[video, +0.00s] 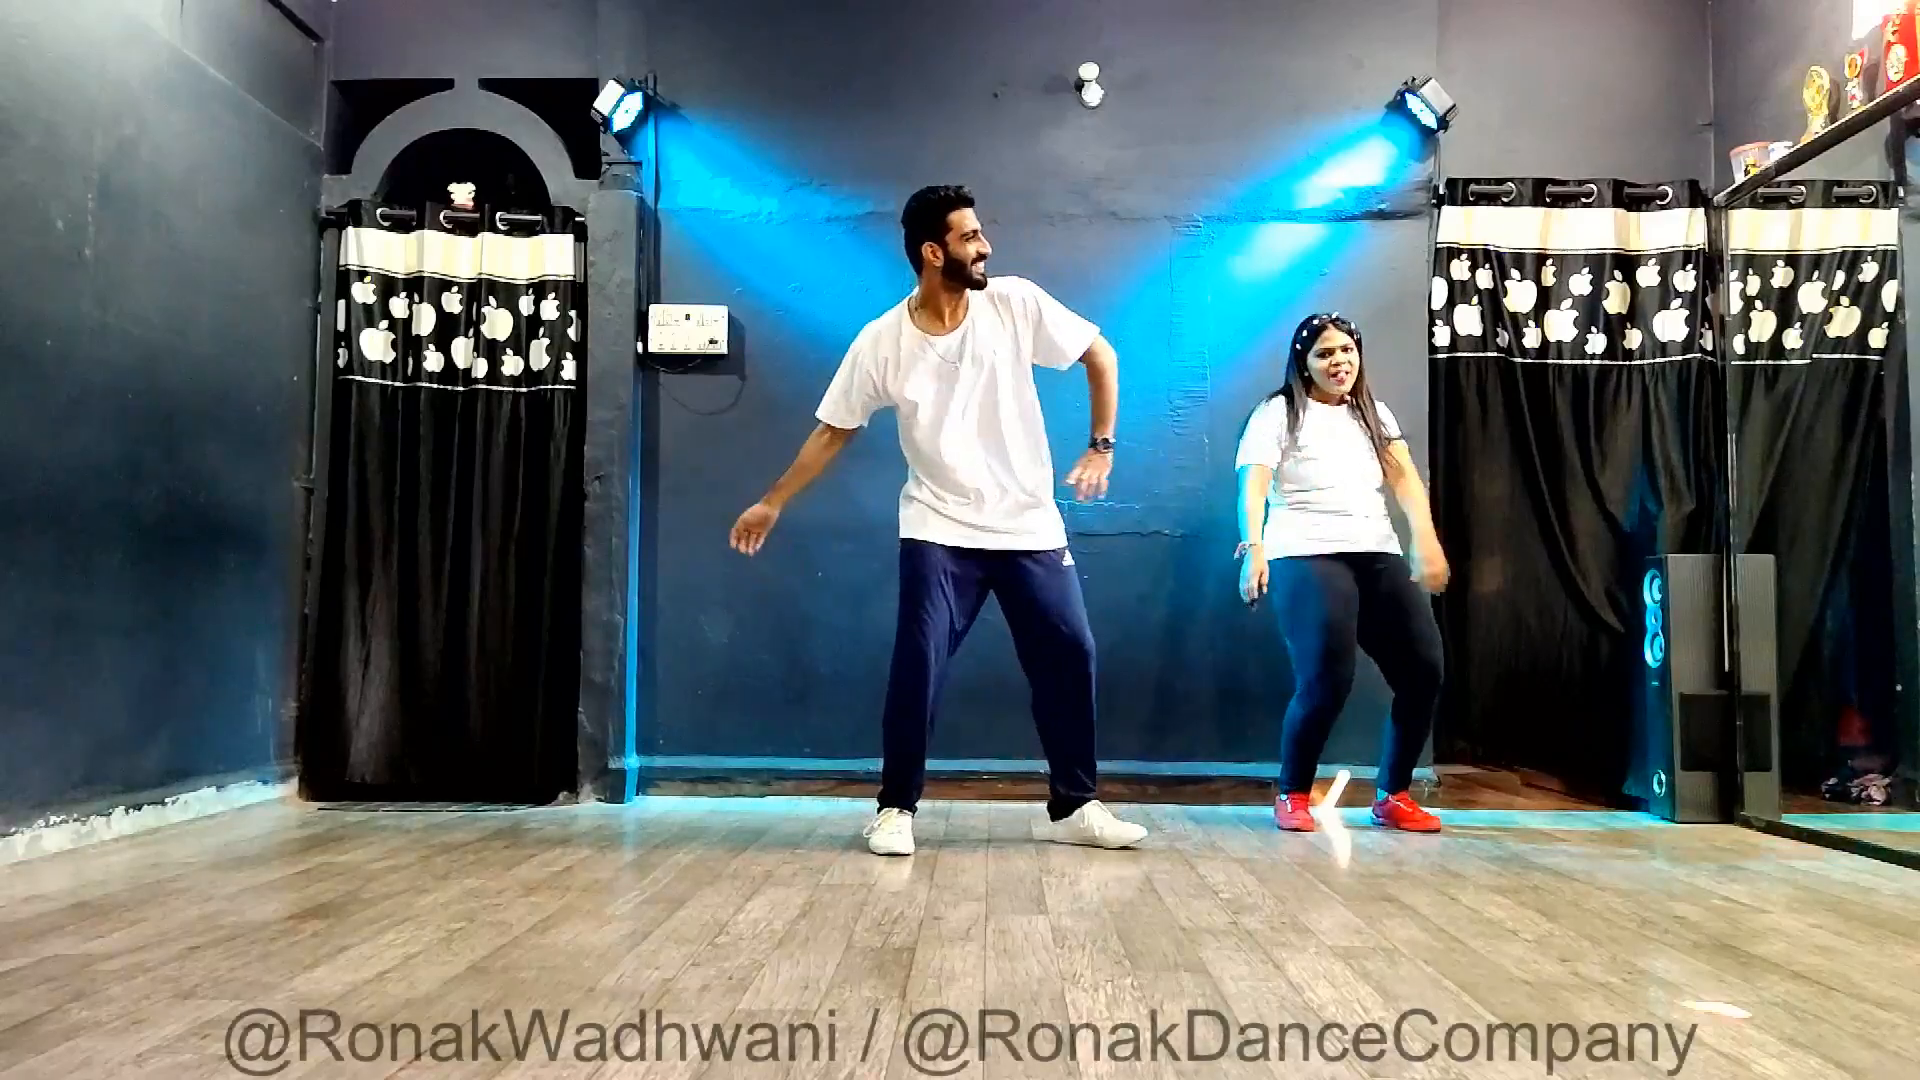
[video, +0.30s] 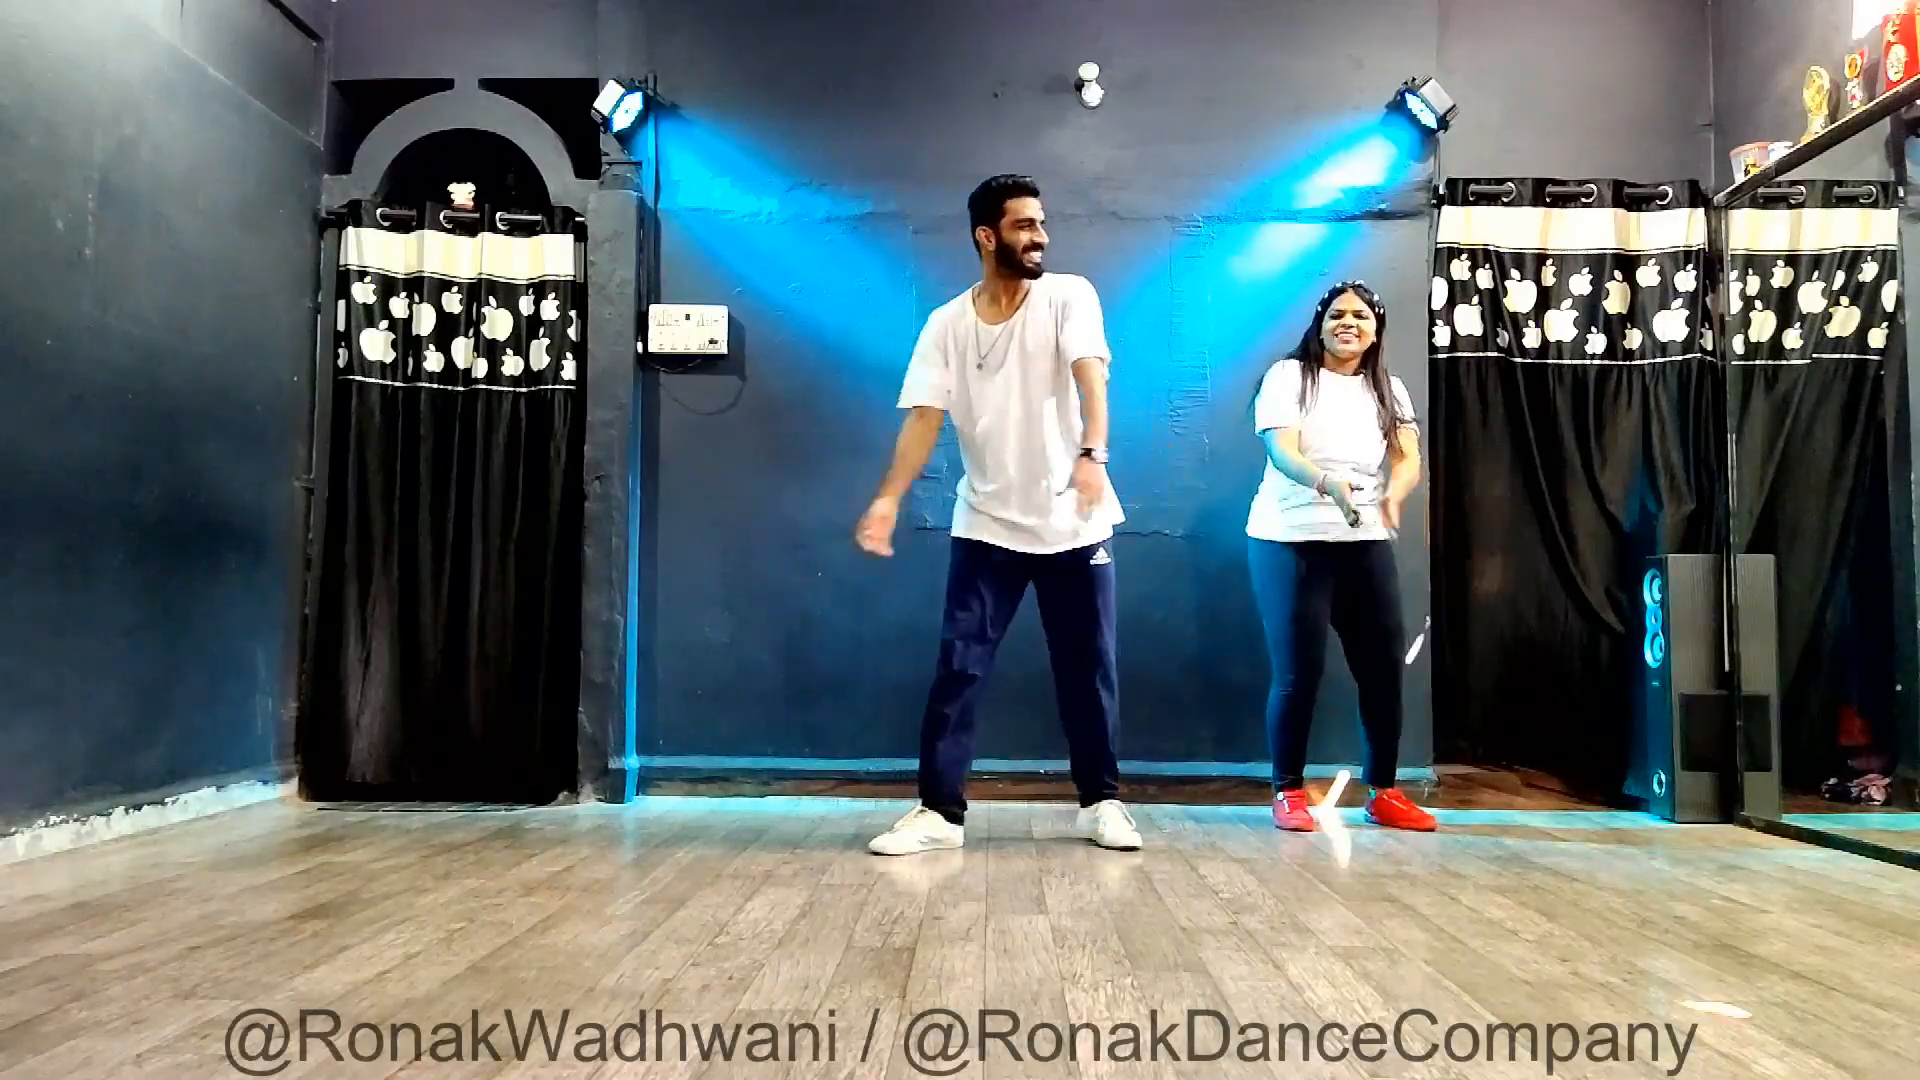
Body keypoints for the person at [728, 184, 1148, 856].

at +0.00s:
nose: (984, 244)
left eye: (981, 232)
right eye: (968, 236)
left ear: (953, 248)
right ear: (928, 254)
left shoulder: (1015, 303)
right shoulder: (881, 344)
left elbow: (1099, 354)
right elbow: (833, 430)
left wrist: (1102, 444)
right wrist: (772, 502)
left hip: (1028, 516)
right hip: (939, 520)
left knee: (1072, 645)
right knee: (920, 652)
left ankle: (1073, 804)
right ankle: (896, 808)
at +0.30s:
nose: (1038, 235)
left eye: (1041, 224)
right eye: (1024, 225)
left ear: (1041, 232)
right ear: (985, 238)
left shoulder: (1068, 295)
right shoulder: (948, 324)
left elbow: (1091, 378)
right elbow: (923, 419)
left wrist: (1092, 455)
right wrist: (888, 499)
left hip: (1073, 517)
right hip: (988, 519)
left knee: (1091, 663)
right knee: (961, 661)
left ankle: (1100, 801)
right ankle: (940, 812)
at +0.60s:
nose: (1056, 238)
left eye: (1069, 228)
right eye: (1044, 225)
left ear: (1085, 240)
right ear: (1023, 236)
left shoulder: (1108, 311)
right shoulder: (990, 321)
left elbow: (1081, 402)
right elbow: (981, 416)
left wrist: (975, 396)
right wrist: (965, 459)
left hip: (1087, 523)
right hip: (1007, 519)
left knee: (1096, 672)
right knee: (973, 650)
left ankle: (1105, 802)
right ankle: (949, 807)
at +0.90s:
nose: (992, 248)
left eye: (1005, 235)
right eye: (978, 236)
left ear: (1025, 236)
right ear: (960, 242)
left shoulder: (1052, 270)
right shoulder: (940, 323)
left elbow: (1122, 300)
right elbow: (905, 394)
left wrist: (1056, 372)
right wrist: (871, 454)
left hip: (1077, 508)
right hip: (992, 515)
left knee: (1096, 661)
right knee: (963, 649)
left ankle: (1108, 800)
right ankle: (957, 803)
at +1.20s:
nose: (970, 227)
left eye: (983, 214)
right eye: (957, 214)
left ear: (1002, 214)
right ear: (935, 216)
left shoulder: (1040, 278)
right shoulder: (912, 289)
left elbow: (1072, 374)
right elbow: (916, 349)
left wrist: (1092, 455)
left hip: (1042, 462)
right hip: (966, 486)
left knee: (1089, 483)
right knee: (968, 658)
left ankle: (1068, 643)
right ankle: (961, 804)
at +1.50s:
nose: (1016, 193)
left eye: (1030, 184)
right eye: (1003, 184)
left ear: (1045, 205)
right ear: (982, 200)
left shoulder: (1065, 283)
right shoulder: (953, 269)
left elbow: (1068, 389)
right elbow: (942, 225)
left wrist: (1059, 467)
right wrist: (1002, 151)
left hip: (1042, 477)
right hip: (959, 488)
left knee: (1098, 531)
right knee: (953, 664)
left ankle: (1041, 713)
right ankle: (947, 819)